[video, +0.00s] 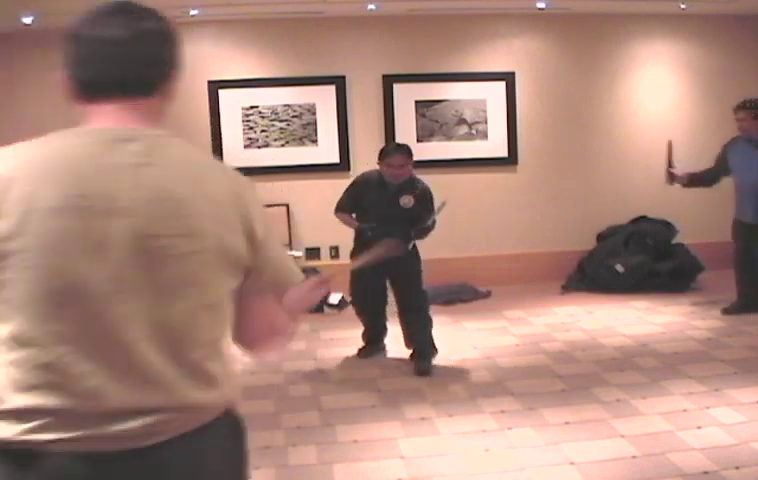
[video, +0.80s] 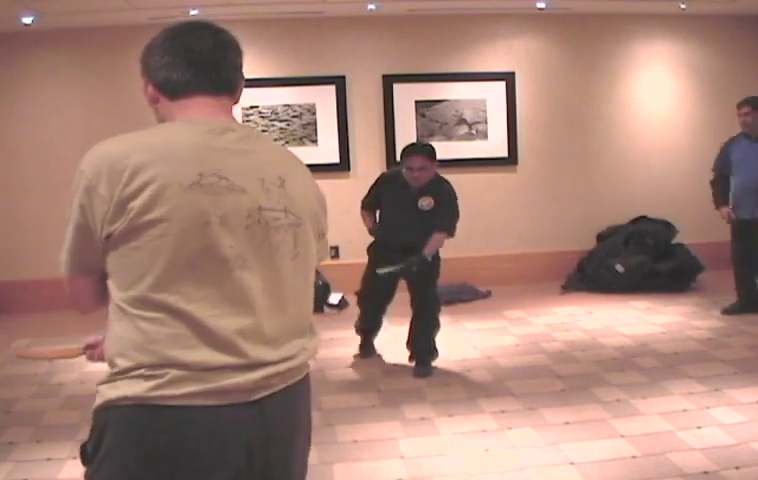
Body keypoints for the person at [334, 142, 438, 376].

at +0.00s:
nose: (398, 172)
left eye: (404, 166)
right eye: (392, 166)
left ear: (411, 166)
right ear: (381, 166)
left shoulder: (419, 190)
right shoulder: (365, 182)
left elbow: (427, 224)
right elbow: (340, 211)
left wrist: (410, 234)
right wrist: (360, 226)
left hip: (402, 250)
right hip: (367, 250)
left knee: (412, 302)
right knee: (365, 299)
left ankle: (422, 354)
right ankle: (374, 341)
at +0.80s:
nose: (415, 175)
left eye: (422, 169)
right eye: (410, 169)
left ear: (434, 167)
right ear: (402, 167)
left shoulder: (443, 191)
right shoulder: (388, 181)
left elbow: (442, 231)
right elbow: (367, 208)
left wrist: (423, 257)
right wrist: (375, 232)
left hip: (422, 252)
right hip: (386, 249)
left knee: (425, 306)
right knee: (371, 298)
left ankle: (423, 358)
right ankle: (366, 337)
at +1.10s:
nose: (406, 166)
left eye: (411, 161)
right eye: (399, 162)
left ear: (421, 162)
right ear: (390, 163)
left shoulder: (431, 186)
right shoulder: (377, 182)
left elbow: (447, 228)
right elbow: (354, 216)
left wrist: (455, 261)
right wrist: (349, 247)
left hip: (415, 251)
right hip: (379, 251)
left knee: (424, 304)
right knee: (371, 300)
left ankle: (423, 357)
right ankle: (374, 339)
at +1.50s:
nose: (377, 162)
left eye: (380, 156)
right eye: (370, 159)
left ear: (387, 154)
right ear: (359, 162)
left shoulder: (404, 179)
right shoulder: (348, 183)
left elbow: (426, 215)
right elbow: (331, 218)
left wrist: (441, 242)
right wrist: (332, 248)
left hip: (400, 245)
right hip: (364, 248)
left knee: (412, 296)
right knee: (369, 299)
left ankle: (421, 345)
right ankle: (378, 339)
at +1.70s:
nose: (374, 155)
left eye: (375, 149)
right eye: (366, 153)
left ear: (379, 148)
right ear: (354, 157)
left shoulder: (399, 173)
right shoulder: (345, 179)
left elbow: (412, 210)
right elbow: (328, 215)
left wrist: (413, 244)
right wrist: (330, 246)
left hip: (396, 237)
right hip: (364, 240)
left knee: (409, 283)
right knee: (370, 290)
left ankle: (402, 328)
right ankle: (377, 336)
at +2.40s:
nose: (378, 156)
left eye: (379, 152)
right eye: (372, 154)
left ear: (383, 150)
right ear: (358, 156)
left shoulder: (394, 173)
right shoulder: (345, 174)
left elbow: (408, 205)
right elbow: (327, 206)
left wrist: (416, 231)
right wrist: (323, 236)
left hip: (385, 230)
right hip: (355, 231)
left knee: (390, 273)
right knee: (352, 275)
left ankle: (378, 322)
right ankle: (351, 327)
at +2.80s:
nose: (356, 156)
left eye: (359, 152)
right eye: (351, 153)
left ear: (364, 151)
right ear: (338, 153)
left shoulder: (376, 172)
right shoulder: (327, 175)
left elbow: (393, 203)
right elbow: (314, 207)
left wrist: (402, 228)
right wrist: (315, 230)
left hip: (371, 230)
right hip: (339, 232)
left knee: (381, 271)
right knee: (334, 275)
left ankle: (379, 318)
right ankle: (326, 318)